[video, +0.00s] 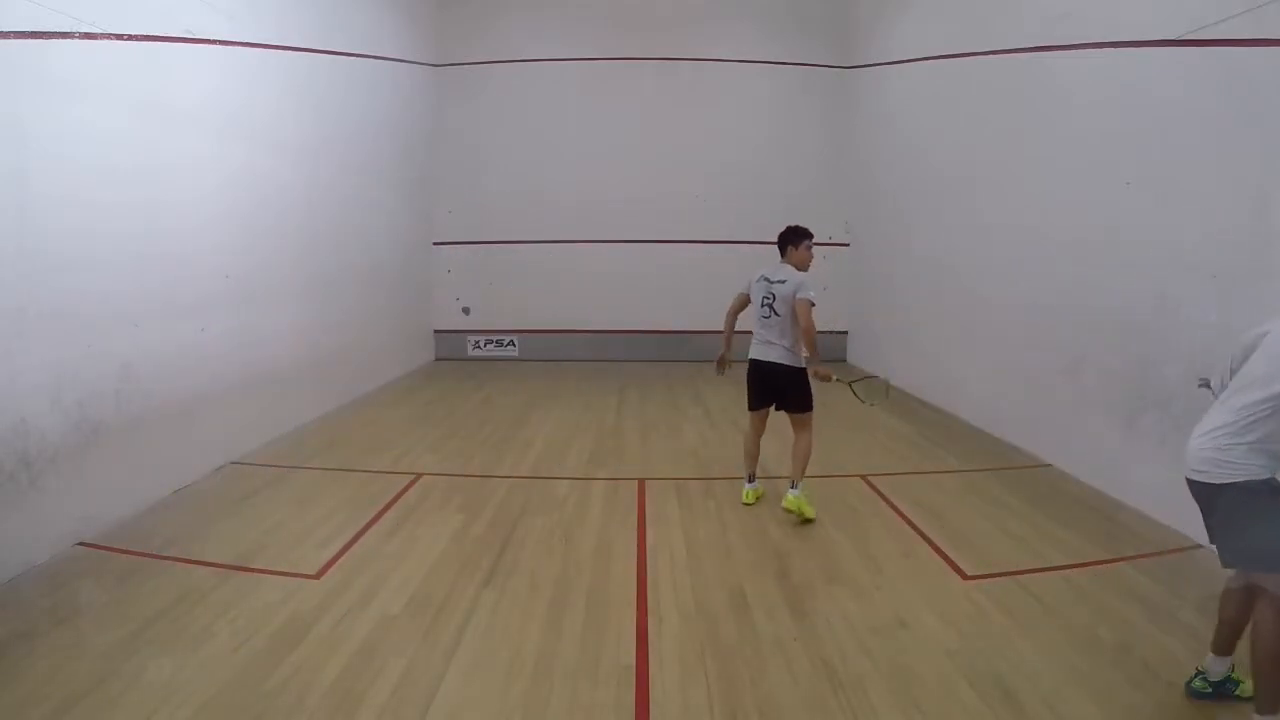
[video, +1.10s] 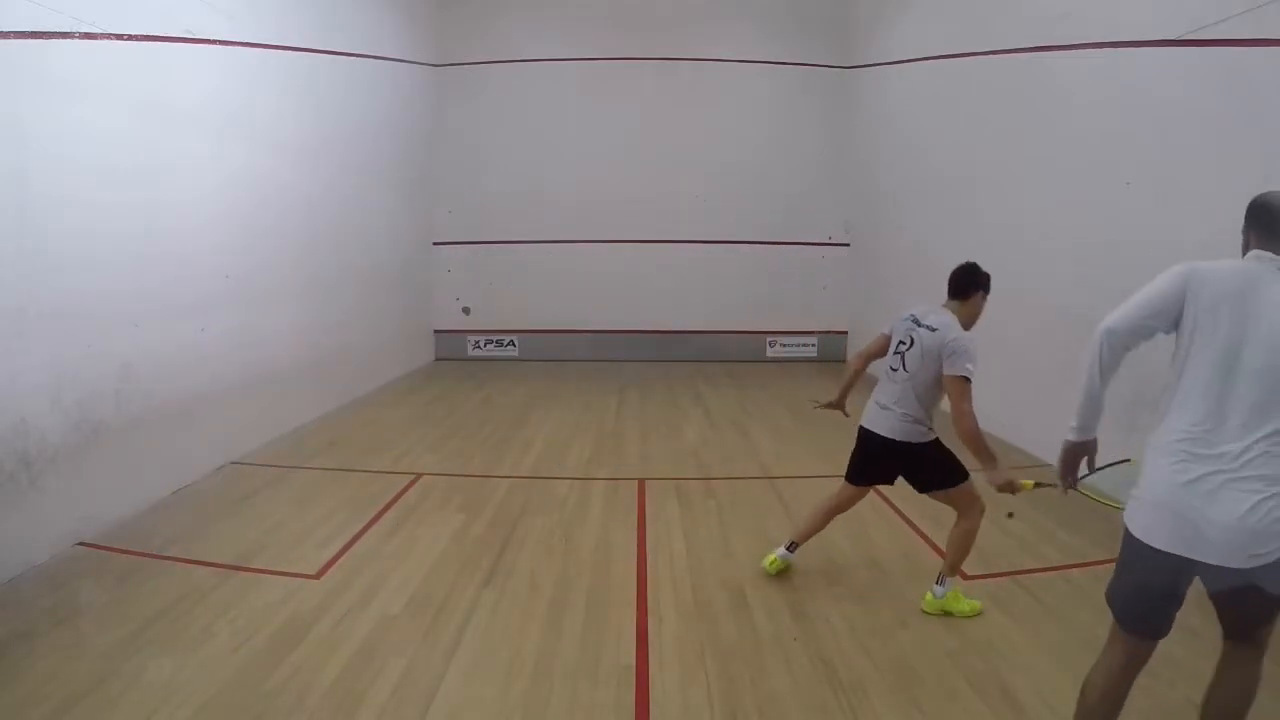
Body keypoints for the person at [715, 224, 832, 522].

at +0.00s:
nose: (812, 255)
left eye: (812, 249)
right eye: (808, 248)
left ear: (786, 251)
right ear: (792, 249)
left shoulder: (760, 278)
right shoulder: (800, 282)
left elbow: (732, 311)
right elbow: (806, 324)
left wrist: (726, 349)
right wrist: (816, 362)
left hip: (758, 367)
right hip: (789, 370)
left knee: (755, 428)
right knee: (802, 429)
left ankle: (749, 487)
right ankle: (795, 492)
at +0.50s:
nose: (841, 241)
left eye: (837, 235)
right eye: (841, 236)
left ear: (808, 236)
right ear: (837, 238)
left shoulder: (787, 268)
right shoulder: (844, 272)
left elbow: (760, 312)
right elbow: (857, 328)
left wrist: (767, 354)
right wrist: (858, 368)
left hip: (783, 374)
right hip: (821, 380)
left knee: (771, 442)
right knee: (829, 458)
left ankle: (745, 514)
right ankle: (818, 535)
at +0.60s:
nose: (848, 257)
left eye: (838, 251)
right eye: (849, 252)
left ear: (817, 252)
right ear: (846, 255)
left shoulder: (793, 283)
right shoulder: (849, 294)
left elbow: (765, 328)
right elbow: (865, 352)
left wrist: (775, 364)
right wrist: (870, 391)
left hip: (787, 396)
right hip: (827, 403)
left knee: (766, 464)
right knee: (854, 475)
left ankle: (739, 534)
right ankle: (858, 556)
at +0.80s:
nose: (894, 261)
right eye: (895, 256)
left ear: (861, 256)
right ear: (894, 260)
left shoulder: (833, 292)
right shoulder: (894, 303)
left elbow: (807, 342)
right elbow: (899, 369)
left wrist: (800, 387)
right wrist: (910, 417)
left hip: (827, 405)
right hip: (870, 414)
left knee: (792, 473)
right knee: (900, 488)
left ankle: (755, 534)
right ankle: (882, 572)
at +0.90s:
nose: (925, 263)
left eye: (920, 256)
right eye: (926, 258)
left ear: (891, 253)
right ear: (922, 260)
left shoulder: (861, 286)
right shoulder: (913, 300)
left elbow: (828, 335)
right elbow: (915, 369)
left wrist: (822, 385)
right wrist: (929, 425)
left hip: (845, 405)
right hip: (886, 413)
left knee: (821, 475)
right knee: (927, 485)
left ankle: (777, 538)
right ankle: (901, 567)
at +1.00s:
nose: (956, 284)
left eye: (957, 278)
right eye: (957, 277)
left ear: (922, 271)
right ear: (950, 276)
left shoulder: (889, 302)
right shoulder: (937, 317)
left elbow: (850, 342)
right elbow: (935, 390)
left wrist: (834, 390)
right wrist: (963, 447)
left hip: (861, 419)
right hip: (902, 430)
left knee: (840, 485)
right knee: (948, 503)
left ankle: (785, 548)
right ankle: (939, 591)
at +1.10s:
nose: (983, 309)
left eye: (984, 301)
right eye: (984, 301)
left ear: (952, 292)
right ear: (975, 298)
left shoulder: (914, 317)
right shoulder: (957, 340)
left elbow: (861, 358)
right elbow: (962, 419)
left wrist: (839, 397)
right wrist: (993, 468)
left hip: (872, 432)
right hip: (912, 442)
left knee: (842, 498)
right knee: (972, 508)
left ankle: (783, 553)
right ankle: (942, 591)